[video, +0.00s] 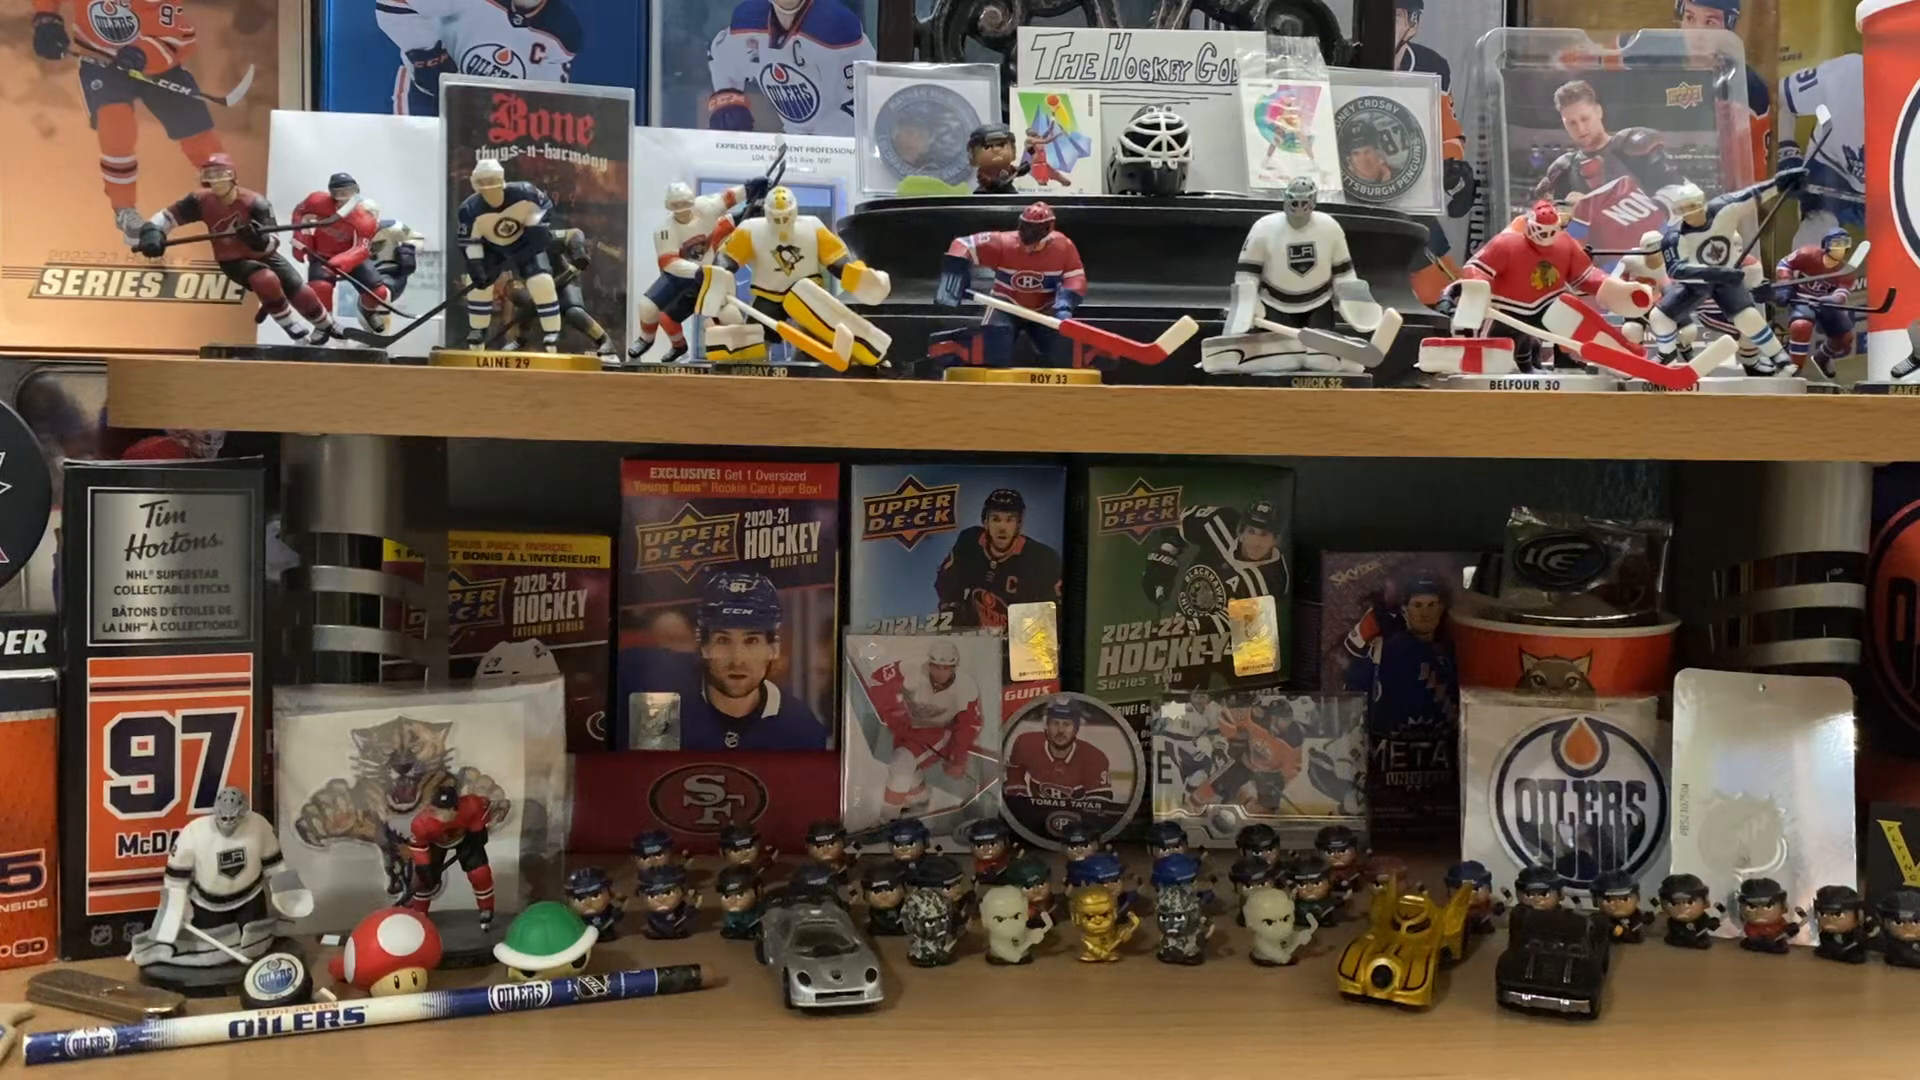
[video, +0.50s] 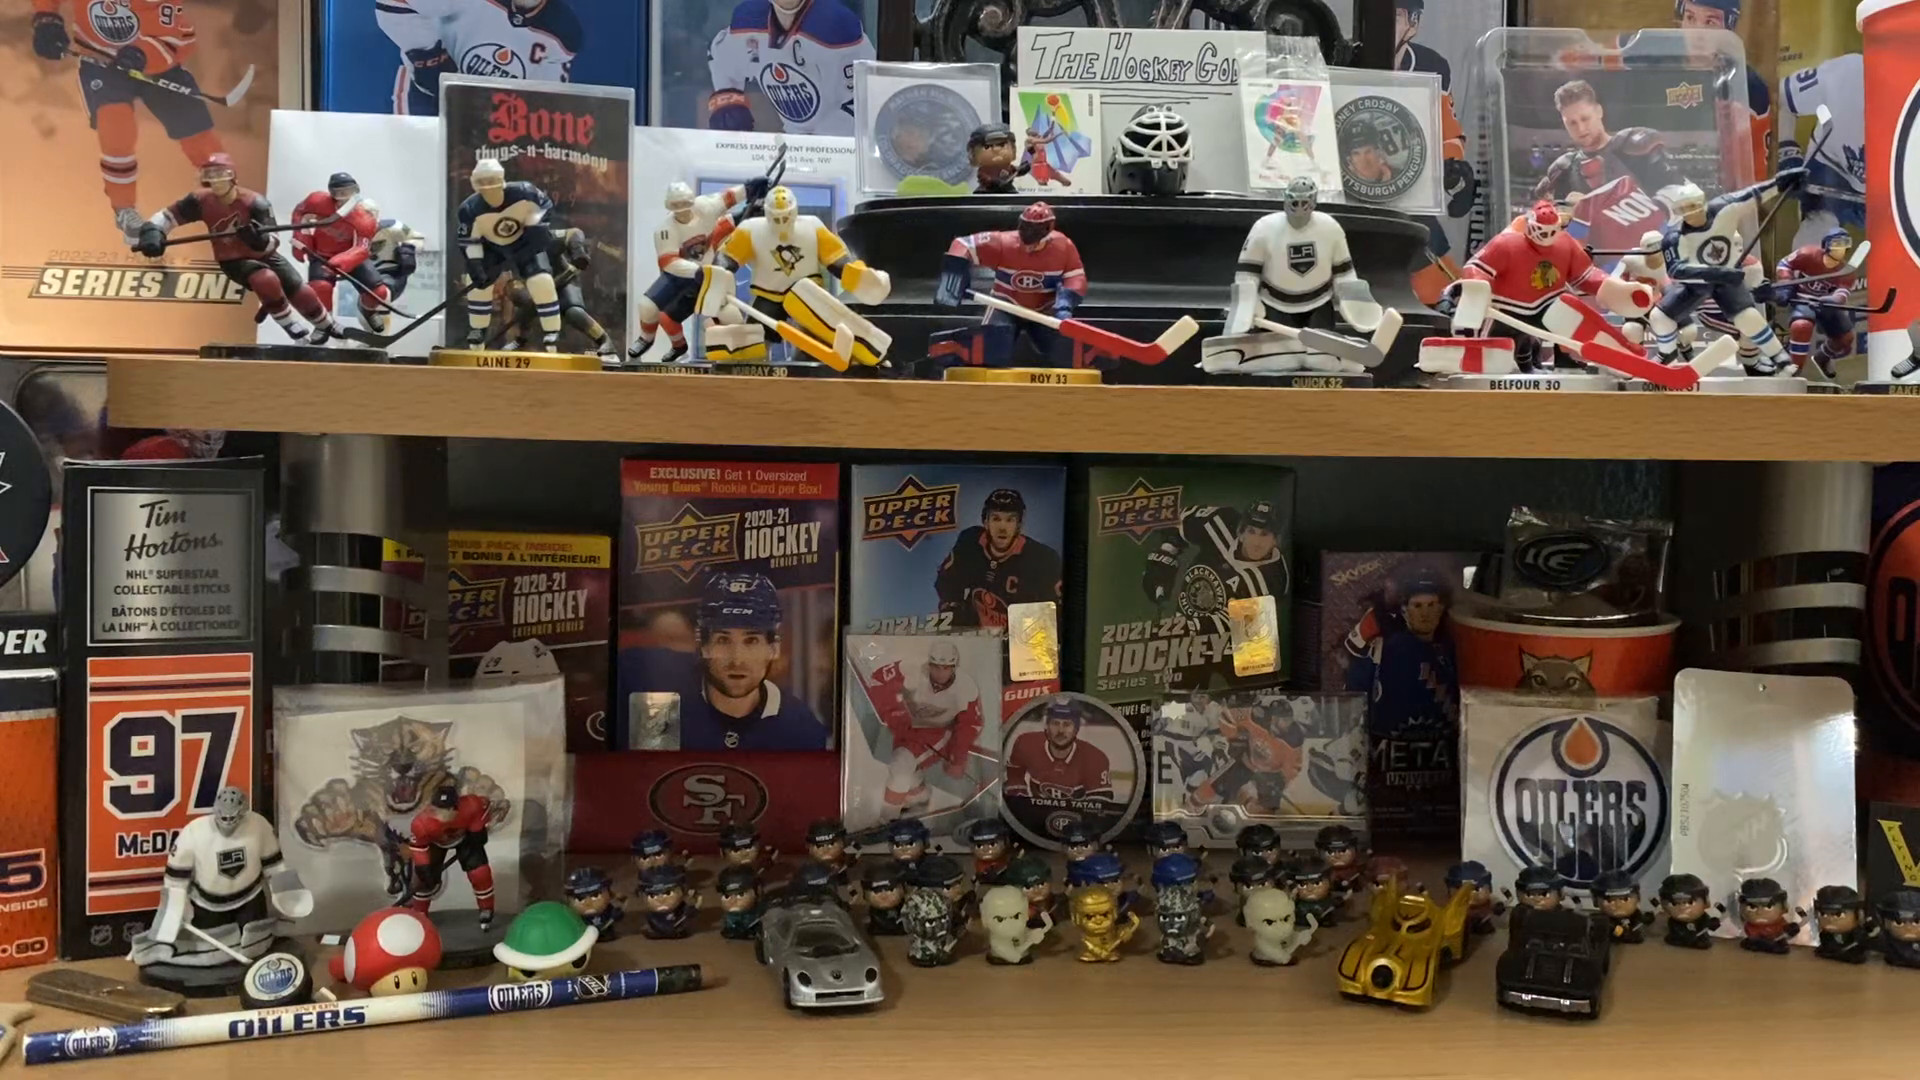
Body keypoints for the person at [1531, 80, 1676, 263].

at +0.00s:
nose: (1580, 129)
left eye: (1585, 119)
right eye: (1572, 123)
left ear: (1599, 111)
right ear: (1563, 123)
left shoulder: (1636, 145)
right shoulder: (1563, 168)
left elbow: (1676, 189)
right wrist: (1563, 212)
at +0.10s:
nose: (1581, 130)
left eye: (1585, 119)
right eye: (1572, 123)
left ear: (1599, 112)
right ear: (1563, 124)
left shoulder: (1636, 146)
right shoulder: (1564, 169)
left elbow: (1677, 189)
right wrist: (1564, 212)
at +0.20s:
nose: (1581, 129)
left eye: (1585, 119)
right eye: (1572, 123)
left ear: (1599, 111)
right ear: (1563, 123)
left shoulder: (1637, 146)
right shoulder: (1563, 169)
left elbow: (1678, 189)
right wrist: (1564, 211)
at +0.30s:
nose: (1581, 129)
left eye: (1585, 119)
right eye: (1572, 123)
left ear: (1599, 111)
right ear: (1564, 124)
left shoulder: (1636, 147)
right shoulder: (1563, 170)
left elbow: (1678, 188)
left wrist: (1649, 215)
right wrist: (1565, 211)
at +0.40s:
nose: (1581, 129)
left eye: (1585, 119)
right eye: (1572, 123)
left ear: (1599, 111)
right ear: (1564, 124)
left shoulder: (1637, 146)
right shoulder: (1563, 170)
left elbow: (1678, 188)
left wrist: (1650, 215)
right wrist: (1566, 212)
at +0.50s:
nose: (1581, 129)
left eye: (1585, 119)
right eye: (1572, 123)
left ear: (1599, 111)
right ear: (1564, 124)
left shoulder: (1636, 147)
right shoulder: (1563, 170)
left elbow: (1678, 188)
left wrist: (1649, 215)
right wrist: (1565, 212)